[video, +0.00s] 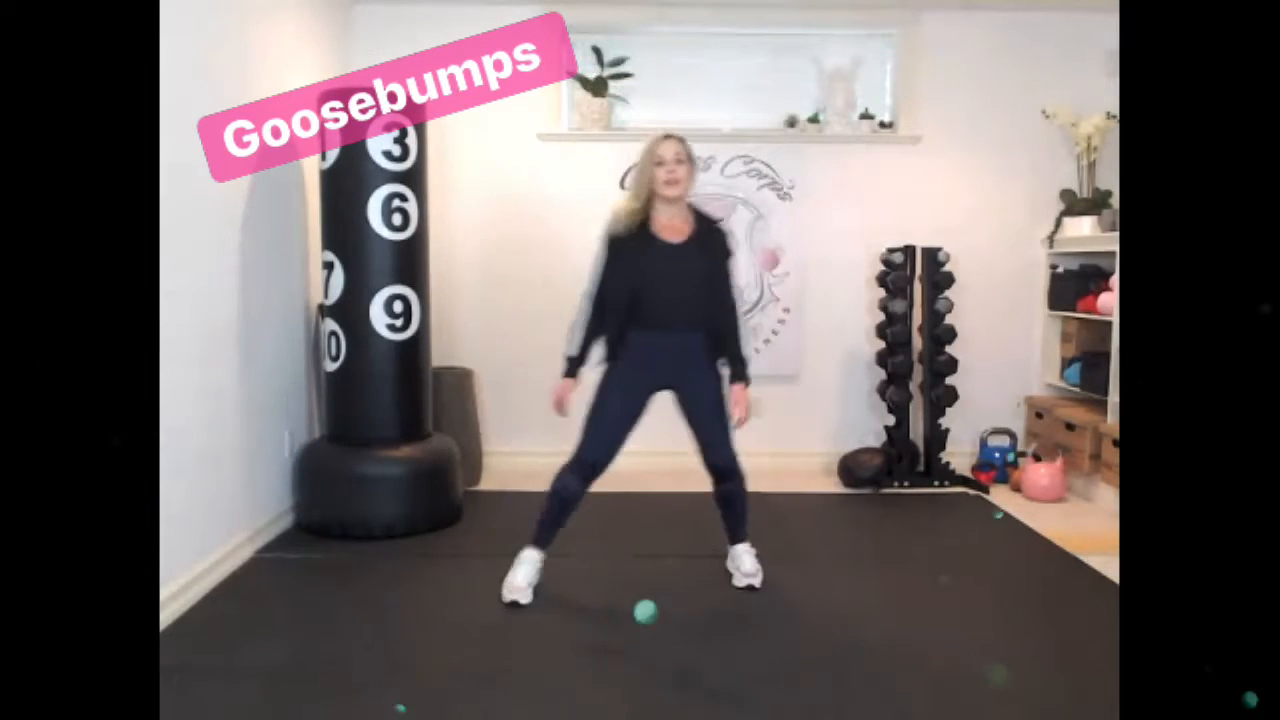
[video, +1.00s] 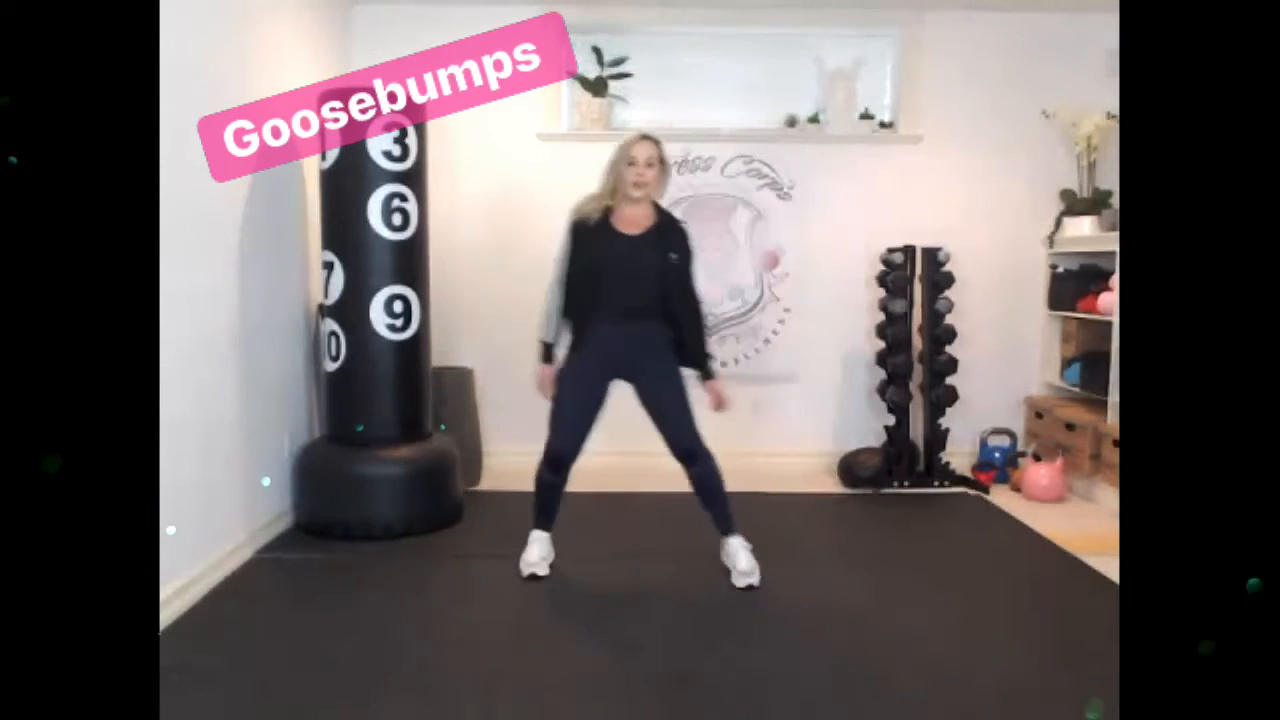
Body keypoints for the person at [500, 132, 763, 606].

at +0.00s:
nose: (671, 172)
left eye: (679, 164)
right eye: (661, 164)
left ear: (692, 172)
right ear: (647, 174)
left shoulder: (710, 236)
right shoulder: (626, 233)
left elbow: (725, 308)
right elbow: (601, 305)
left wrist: (738, 376)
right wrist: (571, 373)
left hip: (694, 361)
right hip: (634, 360)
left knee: (722, 461)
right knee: (588, 462)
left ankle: (740, 548)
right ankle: (533, 555)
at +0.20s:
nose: (698, 153)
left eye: (708, 145)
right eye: (689, 146)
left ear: (722, 152)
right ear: (678, 154)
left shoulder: (744, 208)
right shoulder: (657, 211)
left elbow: (762, 282)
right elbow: (638, 280)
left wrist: (759, 349)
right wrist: (626, 346)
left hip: (731, 342)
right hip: (673, 341)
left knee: (740, 448)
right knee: (658, 441)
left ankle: (743, 543)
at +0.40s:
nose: (704, 169)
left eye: (713, 159)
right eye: (695, 161)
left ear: (730, 166)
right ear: (685, 169)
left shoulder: (747, 224)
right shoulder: (667, 228)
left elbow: (760, 302)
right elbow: (660, 296)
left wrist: (772, 371)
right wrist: (656, 354)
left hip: (741, 352)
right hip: (688, 355)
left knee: (747, 455)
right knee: (703, 454)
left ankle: (746, 542)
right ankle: (711, 534)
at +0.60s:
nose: (692, 154)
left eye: (701, 145)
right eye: (683, 147)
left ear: (719, 152)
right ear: (674, 156)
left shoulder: (742, 207)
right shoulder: (659, 212)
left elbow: (764, 279)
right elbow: (649, 281)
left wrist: (770, 346)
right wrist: (644, 340)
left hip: (728, 339)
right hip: (671, 337)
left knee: (735, 445)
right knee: (640, 429)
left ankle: (743, 543)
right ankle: (647, 519)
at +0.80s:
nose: (675, 166)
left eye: (684, 157)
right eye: (666, 159)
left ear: (700, 165)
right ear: (655, 169)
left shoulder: (722, 225)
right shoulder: (636, 227)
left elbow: (748, 293)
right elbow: (628, 296)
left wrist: (757, 360)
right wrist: (621, 357)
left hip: (707, 352)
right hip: (647, 351)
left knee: (730, 454)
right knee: (604, 446)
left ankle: (743, 546)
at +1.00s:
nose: (641, 172)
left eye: (651, 165)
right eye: (632, 164)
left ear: (661, 173)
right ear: (618, 170)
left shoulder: (671, 232)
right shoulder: (587, 225)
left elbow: (686, 303)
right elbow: (563, 292)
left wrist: (706, 373)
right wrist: (547, 357)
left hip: (653, 352)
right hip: (592, 350)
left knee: (689, 449)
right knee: (559, 451)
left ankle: (732, 541)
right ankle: (540, 537)